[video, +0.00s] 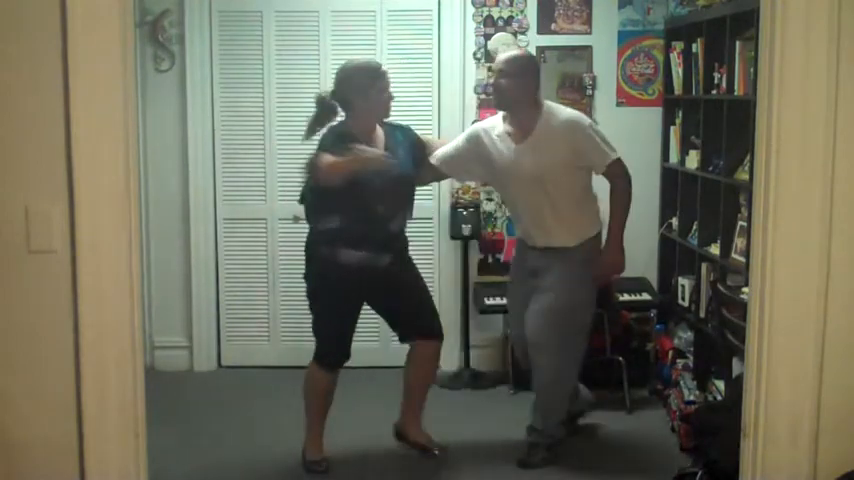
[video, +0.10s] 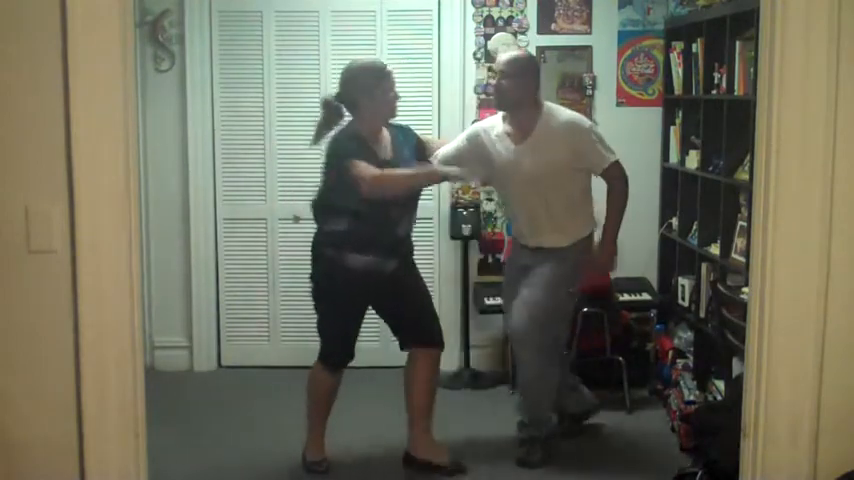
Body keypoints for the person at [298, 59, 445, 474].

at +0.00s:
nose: (390, 95)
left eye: (389, 88)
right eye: (382, 90)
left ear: (378, 97)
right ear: (357, 97)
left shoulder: (402, 138)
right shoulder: (334, 140)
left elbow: (446, 157)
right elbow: (323, 173)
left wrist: (482, 147)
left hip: (388, 260)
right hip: (336, 263)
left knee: (428, 336)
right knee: (330, 354)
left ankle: (410, 424)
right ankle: (314, 443)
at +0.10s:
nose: (397, 96)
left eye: (395, 89)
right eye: (388, 90)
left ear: (385, 96)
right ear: (362, 98)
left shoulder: (405, 137)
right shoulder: (345, 142)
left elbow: (447, 152)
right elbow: (372, 185)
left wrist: (483, 145)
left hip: (393, 263)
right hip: (342, 265)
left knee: (427, 341)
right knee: (334, 354)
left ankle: (421, 443)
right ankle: (314, 444)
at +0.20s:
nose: (412, 95)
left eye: (410, 89)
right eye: (404, 89)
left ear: (399, 96)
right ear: (380, 97)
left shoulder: (414, 138)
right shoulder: (365, 145)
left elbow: (431, 183)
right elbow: (408, 191)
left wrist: (453, 193)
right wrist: (473, 185)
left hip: (408, 265)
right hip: (361, 266)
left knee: (423, 352)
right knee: (354, 360)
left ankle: (418, 451)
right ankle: (318, 437)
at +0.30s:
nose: (435, 94)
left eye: (432, 87)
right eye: (428, 88)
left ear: (408, 97)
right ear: (408, 95)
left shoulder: (418, 138)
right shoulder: (397, 141)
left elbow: (449, 187)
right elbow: (442, 198)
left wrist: (481, 197)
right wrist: (487, 198)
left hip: (416, 258)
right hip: (390, 259)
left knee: (423, 358)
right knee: (418, 360)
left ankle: (418, 454)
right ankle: (346, 405)